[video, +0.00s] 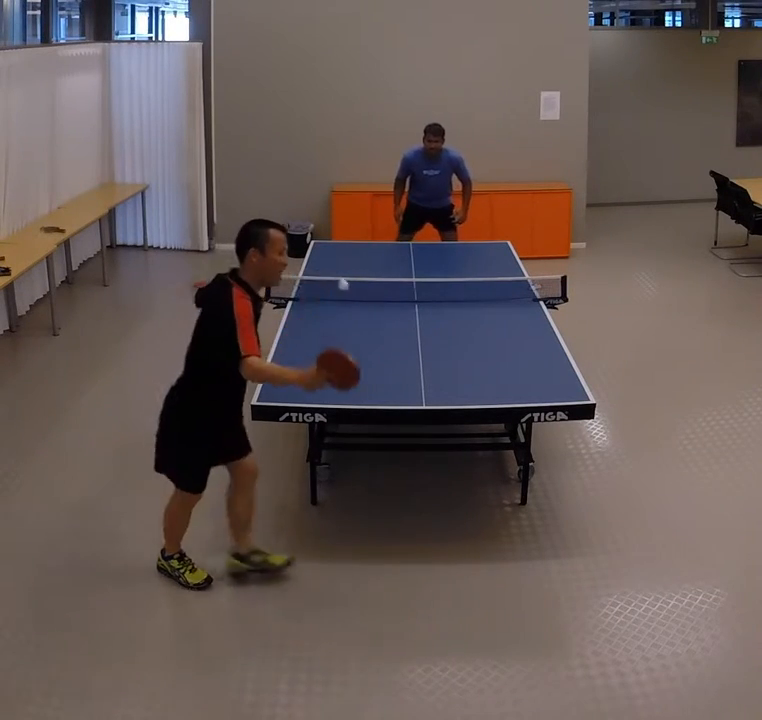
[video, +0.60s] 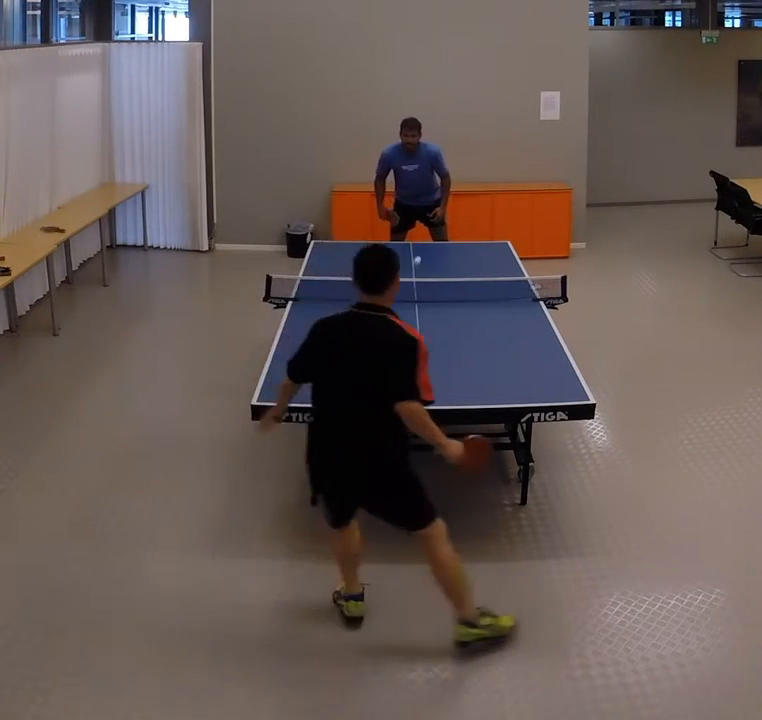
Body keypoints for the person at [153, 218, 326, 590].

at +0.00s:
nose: (286, 261)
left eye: (286, 253)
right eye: (280, 253)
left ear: (253, 257)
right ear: (254, 256)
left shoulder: (231, 285)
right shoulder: (236, 301)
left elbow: (202, 293)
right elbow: (250, 368)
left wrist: (198, 290)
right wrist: (301, 377)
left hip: (220, 406)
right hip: (193, 409)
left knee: (245, 470)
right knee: (189, 490)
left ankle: (243, 551)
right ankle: (170, 555)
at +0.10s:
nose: (304, 269)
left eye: (304, 261)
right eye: (298, 261)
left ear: (272, 263)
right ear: (272, 263)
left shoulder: (240, 294)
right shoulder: (257, 310)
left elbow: (200, 311)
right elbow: (262, 381)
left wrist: (168, 318)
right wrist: (313, 396)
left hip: (240, 417)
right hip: (217, 419)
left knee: (265, 487)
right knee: (199, 494)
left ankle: (293, 569)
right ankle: (171, 556)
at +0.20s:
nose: (329, 276)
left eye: (329, 268)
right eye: (324, 268)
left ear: (299, 269)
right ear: (300, 269)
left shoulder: (262, 303)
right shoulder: (285, 320)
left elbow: (216, 334)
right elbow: (276, 393)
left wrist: (173, 354)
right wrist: (338, 410)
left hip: (270, 428)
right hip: (243, 432)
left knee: (293, 494)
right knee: (225, 511)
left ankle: (312, 581)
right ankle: (174, 551)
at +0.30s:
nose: (351, 278)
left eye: (349, 270)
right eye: (348, 271)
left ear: (313, 273)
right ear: (335, 274)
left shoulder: (285, 310)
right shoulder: (315, 327)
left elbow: (241, 351)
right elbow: (301, 400)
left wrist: (203, 378)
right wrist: (354, 412)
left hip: (278, 433)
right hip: (279, 443)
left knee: (324, 497)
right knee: (275, 533)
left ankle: (318, 583)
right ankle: (202, 551)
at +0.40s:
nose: (364, 275)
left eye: (363, 269)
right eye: (363, 269)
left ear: (323, 271)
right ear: (357, 273)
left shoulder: (299, 313)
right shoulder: (348, 328)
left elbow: (258, 359)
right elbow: (340, 401)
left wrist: (228, 394)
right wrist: (389, 438)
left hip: (281, 435)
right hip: (310, 442)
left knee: (325, 507)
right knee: (348, 522)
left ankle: (319, 584)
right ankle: (269, 573)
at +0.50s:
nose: (381, 276)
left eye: (378, 270)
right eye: (381, 270)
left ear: (338, 273)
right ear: (377, 275)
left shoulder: (312, 317)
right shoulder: (377, 331)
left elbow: (273, 364)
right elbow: (373, 399)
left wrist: (248, 400)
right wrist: (415, 445)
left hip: (303, 444)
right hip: (345, 448)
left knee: (338, 508)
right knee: (398, 512)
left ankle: (327, 584)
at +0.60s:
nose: (400, 283)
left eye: (393, 277)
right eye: (399, 277)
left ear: (356, 282)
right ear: (395, 283)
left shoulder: (327, 328)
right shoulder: (404, 339)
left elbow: (292, 378)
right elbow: (407, 405)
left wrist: (275, 413)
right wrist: (444, 444)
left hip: (330, 454)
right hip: (382, 459)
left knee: (342, 521)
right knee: (431, 530)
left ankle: (351, 597)